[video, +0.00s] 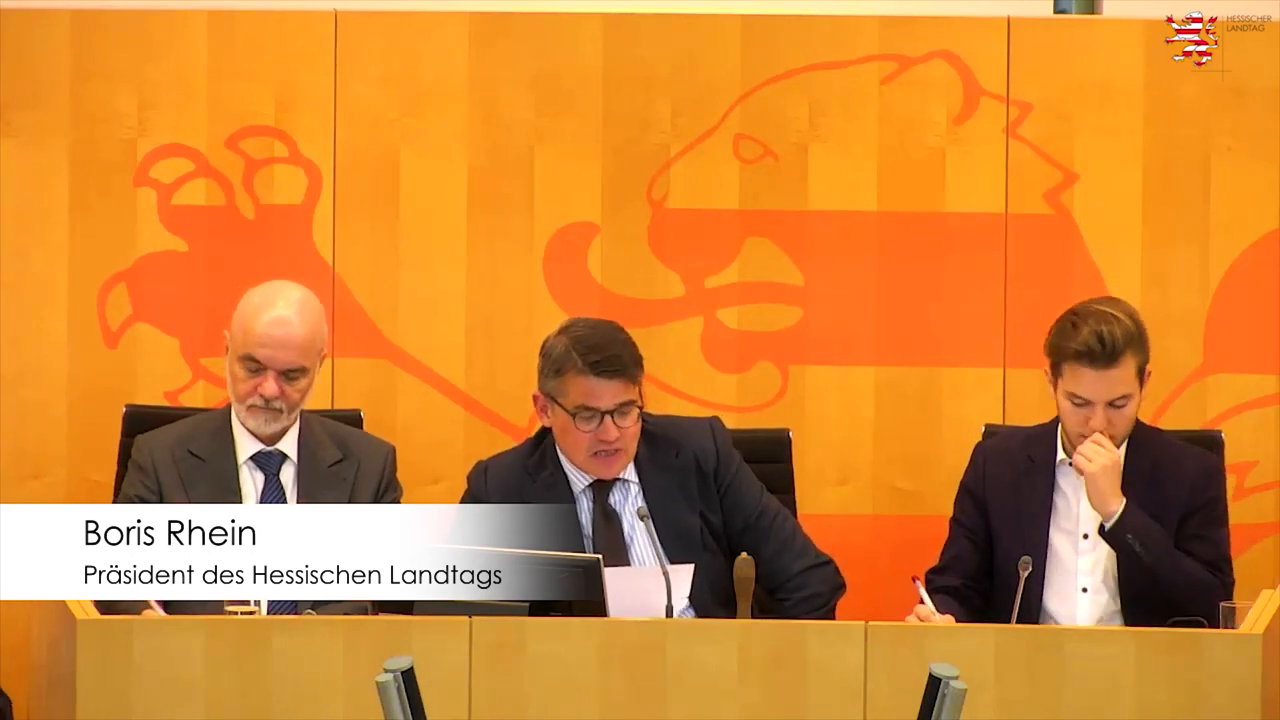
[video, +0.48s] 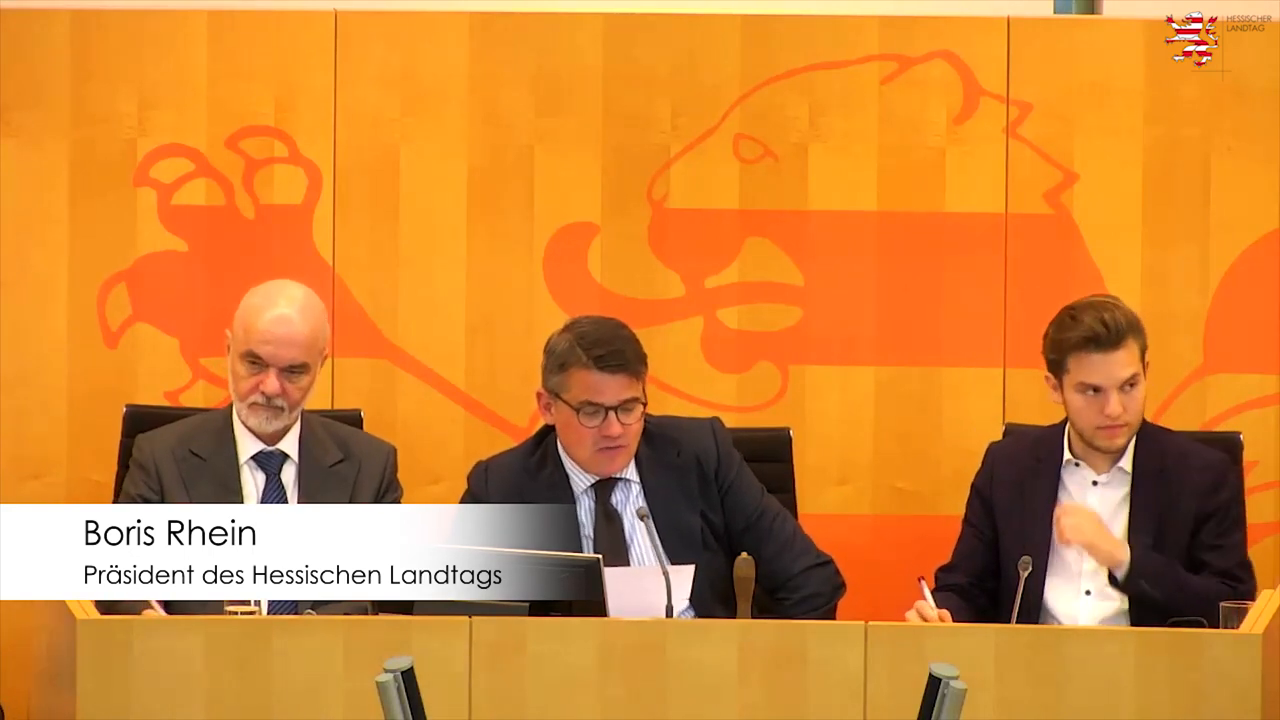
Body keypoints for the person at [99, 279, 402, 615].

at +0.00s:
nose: (269, 390)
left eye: (292, 375)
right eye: (253, 367)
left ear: (320, 364)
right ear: (226, 351)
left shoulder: (371, 463)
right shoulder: (158, 457)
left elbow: (384, 587)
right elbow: (116, 575)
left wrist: (311, 634)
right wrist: (147, 620)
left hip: (325, 667)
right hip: (195, 662)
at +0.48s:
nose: (271, 388)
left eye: (294, 371)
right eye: (254, 364)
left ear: (321, 363)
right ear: (228, 349)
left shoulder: (372, 464)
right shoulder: (159, 456)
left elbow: (384, 588)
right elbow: (118, 575)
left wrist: (312, 635)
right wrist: (149, 620)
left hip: (326, 666)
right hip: (196, 661)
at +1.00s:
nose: (285, 390)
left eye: (304, 371)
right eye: (265, 368)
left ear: (321, 362)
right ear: (226, 355)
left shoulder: (371, 463)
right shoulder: (159, 457)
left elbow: (386, 587)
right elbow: (118, 577)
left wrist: (312, 633)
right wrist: (147, 618)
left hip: (327, 664)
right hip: (197, 659)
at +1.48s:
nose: (292, 391)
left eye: (308, 371)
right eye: (271, 369)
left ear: (323, 362)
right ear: (228, 358)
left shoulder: (371, 463)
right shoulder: (160, 457)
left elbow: (387, 588)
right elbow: (118, 575)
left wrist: (313, 635)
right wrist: (145, 616)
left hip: (327, 666)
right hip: (196, 660)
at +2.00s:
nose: (273, 392)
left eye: (296, 376)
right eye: (256, 368)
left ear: (321, 363)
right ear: (228, 351)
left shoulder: (372, 464)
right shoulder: (159, 456)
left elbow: (390, 590)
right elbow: (117, 574)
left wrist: (314, 636)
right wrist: (144, 617)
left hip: (326, 666)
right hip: (196, 661)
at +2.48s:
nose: (273, 392)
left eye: (296, 376)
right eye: (256, 369)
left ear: (322, 363)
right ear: (229, 351)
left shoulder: (372, 464)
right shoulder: (159, 455)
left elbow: (390, 593)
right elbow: (119, 578)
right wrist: (147, 619)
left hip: (328, 667)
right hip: (196, 662)